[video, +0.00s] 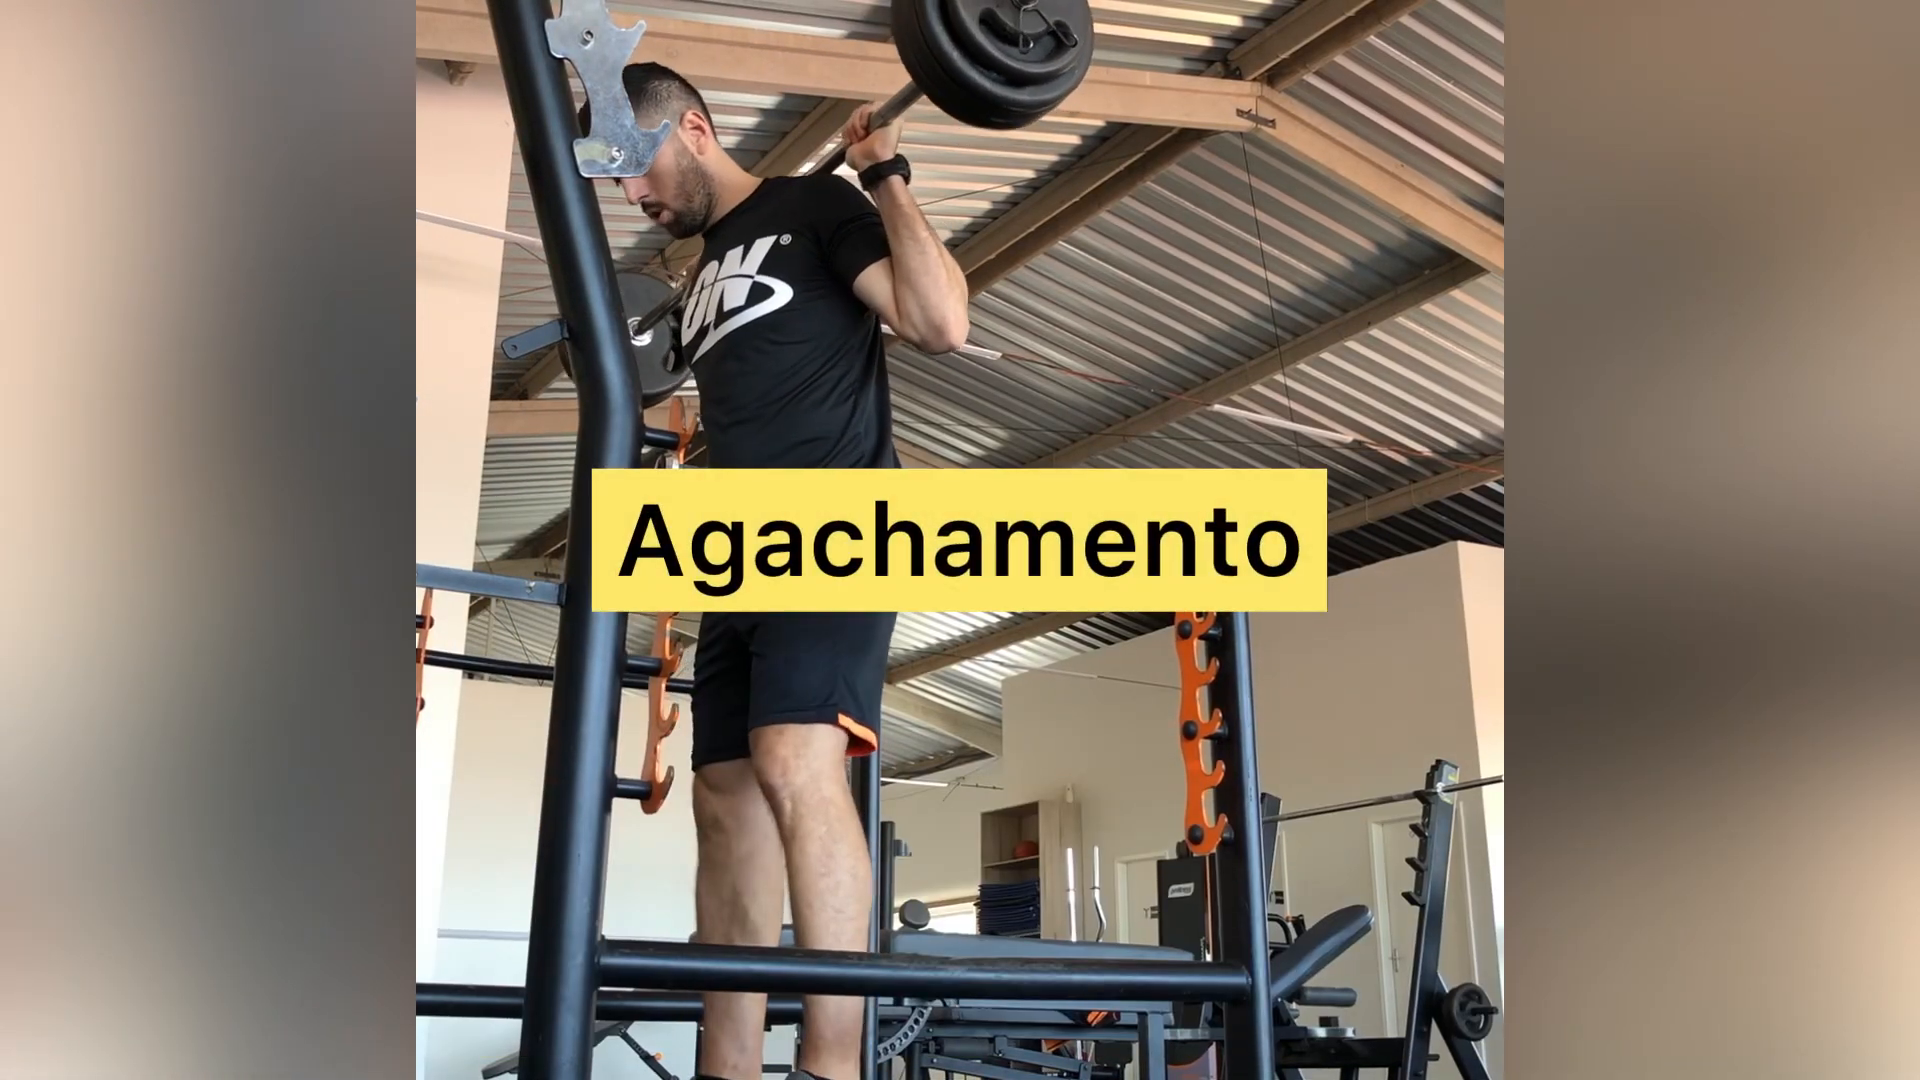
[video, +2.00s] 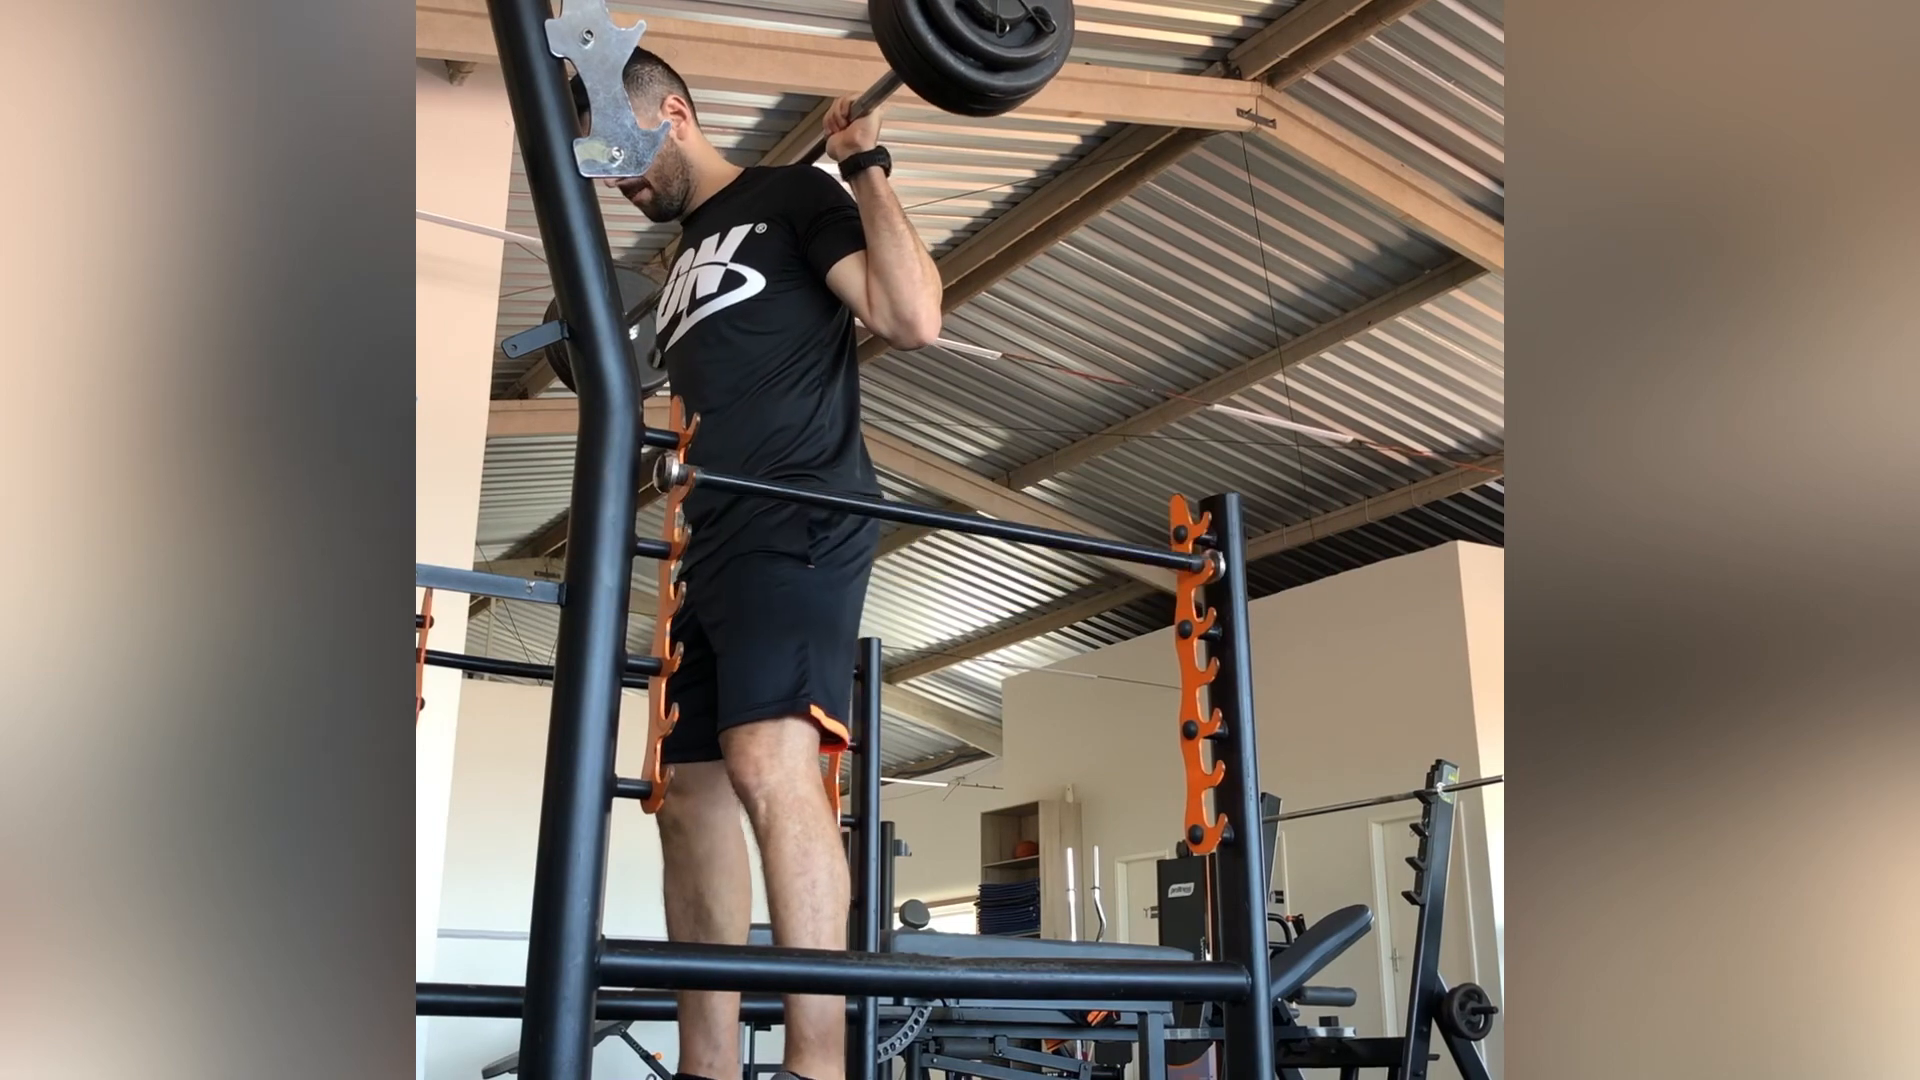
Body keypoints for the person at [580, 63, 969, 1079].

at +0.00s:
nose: (634, 193)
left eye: (638, 163)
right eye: (620, 176)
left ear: (696, 128)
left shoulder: (816, 201)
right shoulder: (700, 281)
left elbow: (943, 323)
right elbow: (716, 434)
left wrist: (889, 183)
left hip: (829, 529)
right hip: (737, 543)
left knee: (797, 761)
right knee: (723, 791)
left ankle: (835, 1065)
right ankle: (730, 1067)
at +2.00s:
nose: (623, 181)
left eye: (630, 152)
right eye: (610, 166)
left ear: (679, 116)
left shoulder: (793, 194)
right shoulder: (685, 261)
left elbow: (915, 319)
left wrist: (869, 173)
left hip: (797, 514)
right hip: (719, 533)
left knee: (770, 756)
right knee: (691, 790)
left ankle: (821, 1063)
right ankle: (708, 1065)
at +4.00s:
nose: (624, 183)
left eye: (632, 154)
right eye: (611, 168)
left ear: (684, 120)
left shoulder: (799, 199)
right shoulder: (687, 270)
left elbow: (921, 321)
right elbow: (712, 415)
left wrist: (863, 174)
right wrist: (677, 455)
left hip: (819, 527)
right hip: (728, 543)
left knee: (788, 763)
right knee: (699, 788)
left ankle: (828, 1065)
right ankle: (708, 1066)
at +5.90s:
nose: (590, 309)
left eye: (600, 283)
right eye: (582, 288)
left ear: (661, 267)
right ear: (642, 277)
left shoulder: (781, 341)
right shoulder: (661, 406)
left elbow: (914, 472)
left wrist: (837, 318)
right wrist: (621, 433)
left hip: (868, 634)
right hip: (763, 659)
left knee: (702, 789)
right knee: (587, 812)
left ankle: (816, 1068)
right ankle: (686, 1072)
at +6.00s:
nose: (590, 348)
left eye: (597, 321)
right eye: (577, 329)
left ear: (653, 305)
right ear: (641, 314)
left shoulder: (773, 376)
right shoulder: (645, 447)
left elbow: (911, 503)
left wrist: (832, 360)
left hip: (876, 668)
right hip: (766, 691)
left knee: (697, 793)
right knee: (576, 825)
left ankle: (817, 1069)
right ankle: (686, 1074)